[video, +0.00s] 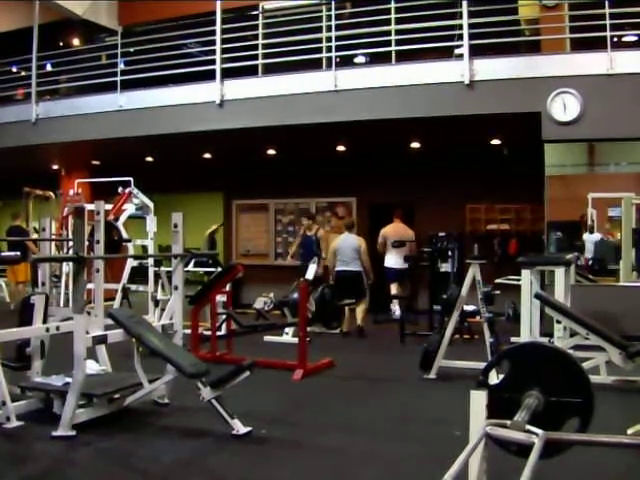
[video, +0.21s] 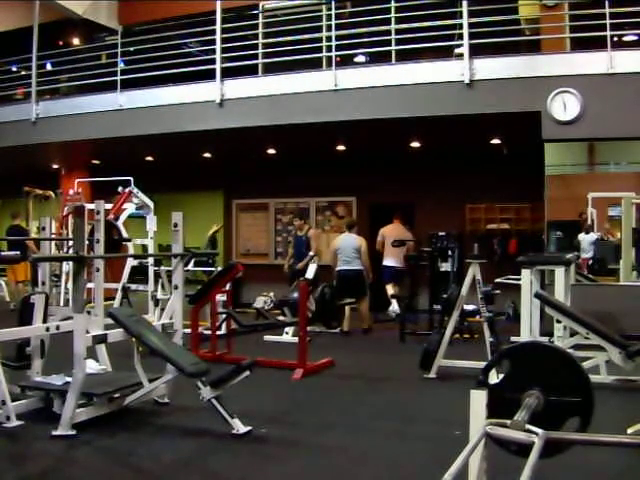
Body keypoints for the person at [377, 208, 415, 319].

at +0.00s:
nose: (396, 220)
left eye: (395, 218)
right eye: (398, 218)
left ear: (393, 218)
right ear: (402, 218)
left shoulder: (385, 231)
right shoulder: (410, 232)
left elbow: (380, 246)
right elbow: (413, 249)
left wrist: (386, 252)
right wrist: (407, 253)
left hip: (390, 261)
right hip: (404, 262)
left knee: (393, 285)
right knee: (403, 284)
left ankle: (396, 307)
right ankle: (398, 304)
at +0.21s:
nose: (396, 222)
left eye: (395, 220)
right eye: (398, 220)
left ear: (393, 220)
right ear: (402, 221)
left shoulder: (384, 230)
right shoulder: (408, 234)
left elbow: (378, 246)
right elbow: (411, 249)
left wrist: (386, 250)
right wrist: (403, 252)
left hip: (388, 261)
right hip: (401, 263)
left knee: (389, 283)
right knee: (397, 284)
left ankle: (394, 303)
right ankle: (393, 305)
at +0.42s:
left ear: (392, 222)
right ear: (402, 224)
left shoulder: (384, 231)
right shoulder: (406, 234)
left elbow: (377, 245)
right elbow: (409, 249)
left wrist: (386, 249)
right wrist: (401, 250)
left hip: (386, 259)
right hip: (399, 261)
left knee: (384, 281)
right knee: (395, 283)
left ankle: (390, 303)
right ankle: (394, 303)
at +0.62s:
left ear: (388, 227)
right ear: (399, 227)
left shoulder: (383, 235)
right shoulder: (402, 236)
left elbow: (376, 248)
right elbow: (407, 250)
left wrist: (376, 258)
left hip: (385, 258)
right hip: (398, 260)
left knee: (384, 281)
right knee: (395, 283)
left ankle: (384, 307)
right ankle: (392, 307)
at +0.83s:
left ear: (387, 232)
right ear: (398, 232)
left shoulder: (382, 240)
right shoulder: (401, 240)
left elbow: (380, 253)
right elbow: (407, 252)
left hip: (384, 262)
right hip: (397, 264)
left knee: (383, 282)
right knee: (395, 285)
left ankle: (383, 307)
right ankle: (392, 307)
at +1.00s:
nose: (391, 235)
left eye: (390, 233)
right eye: (392, 233)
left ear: (387, 234)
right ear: (397, 233)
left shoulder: (384, 243)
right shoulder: (402, 244)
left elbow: (381, 254)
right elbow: (407, 255)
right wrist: (407, 263)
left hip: (385, 264)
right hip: (397, 266)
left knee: (383, 290)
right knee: (394, 285)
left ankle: (383, 308)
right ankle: (392, 307)